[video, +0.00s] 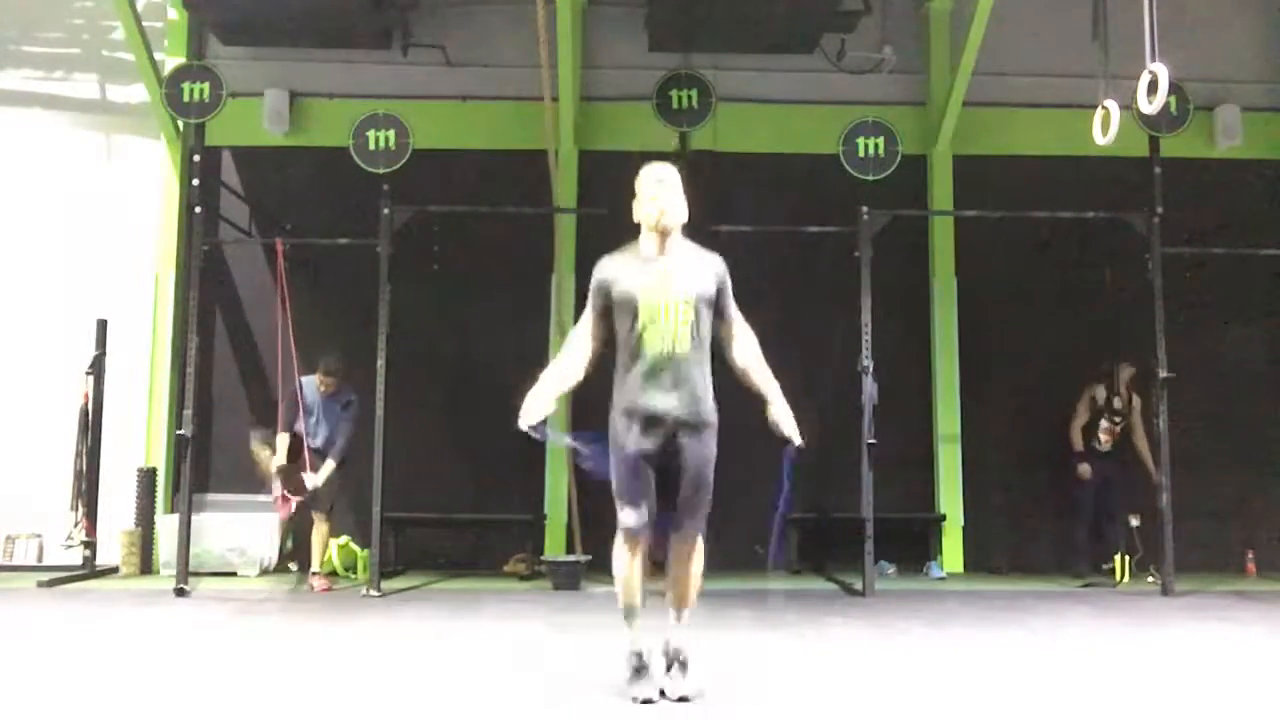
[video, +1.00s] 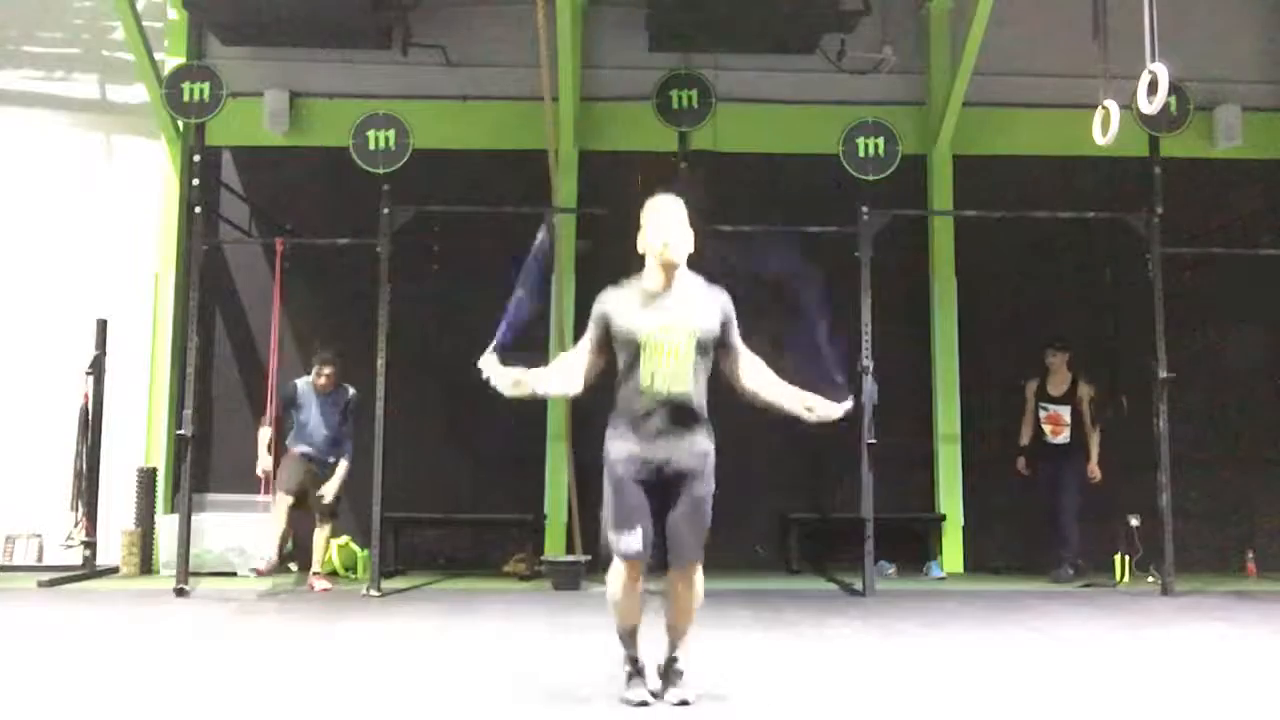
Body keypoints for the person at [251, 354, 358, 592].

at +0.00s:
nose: (322, 388)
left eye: (328, 385)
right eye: (320, 382)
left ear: (340, 381)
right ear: (316, 375)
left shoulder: (349, 401)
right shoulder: (301, 386)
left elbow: (342, 441)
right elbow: (285, 423)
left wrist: (321, 475)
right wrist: (280, 460)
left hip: (328, 457)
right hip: (298, 449)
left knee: (321, 514)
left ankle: (316, 571)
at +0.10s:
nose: (327, 391)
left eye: (333, 388)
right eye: (325, 386)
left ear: (344, 384)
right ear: (320, 377)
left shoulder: (351, 404)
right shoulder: (304, 387)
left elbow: (346, 445)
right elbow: (289, 425)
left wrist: (325, 483)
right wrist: (285, 462)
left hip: (327, 454)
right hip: (300, 445)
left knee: (321, 514)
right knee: (255, 422)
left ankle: (316, 573)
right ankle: (291, 470)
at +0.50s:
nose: (325, 394)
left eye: (331, 391)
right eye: (323, 388)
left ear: (342, 387)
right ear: (319, 382)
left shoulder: (350, 400)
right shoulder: (305, 390)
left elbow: (339, 440)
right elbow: (283, 420)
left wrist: (314, 471)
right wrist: (271, 454)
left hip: (328, 455)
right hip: (299, 445)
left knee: (322, 514)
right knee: (281, 446)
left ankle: (316, 572)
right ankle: (293, 496)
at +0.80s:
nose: (320, 396)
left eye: (326, 391)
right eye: (318, 390)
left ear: (336, 388)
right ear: (313, 385)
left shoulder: (347, 406)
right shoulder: (300, 395)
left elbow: (332, 446)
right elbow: (275, 427)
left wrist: (300, 477)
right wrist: (260, 460)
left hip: (332, 458)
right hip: (302, 449)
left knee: (323, 513)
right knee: (289, 452)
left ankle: (316, 573)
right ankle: (282, 518)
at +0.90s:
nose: (321, 389)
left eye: (327, 385)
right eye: (317, 383)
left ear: (337, 383)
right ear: (311, 379)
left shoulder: (347, 402)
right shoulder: (297, 392)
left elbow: (340, 446)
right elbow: (270, 425)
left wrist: (312, 480)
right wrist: (259, 461)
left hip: (330, 457)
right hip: (301, 449)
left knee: (324, 514)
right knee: (286, 480)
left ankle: (316, 573)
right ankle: (276, 541)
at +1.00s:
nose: (323, 381)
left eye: (329, 376)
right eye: (319, 375)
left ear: (337, 377)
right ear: (312, 372)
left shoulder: (347, 397)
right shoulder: (297, 388)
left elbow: (349, 443)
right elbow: (268, 419)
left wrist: (336, 481)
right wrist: (263, 455)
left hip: (328, 461)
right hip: (299, 455)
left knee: (325, 518)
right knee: (283, 496)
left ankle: (316, 572)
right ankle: (272, 556)